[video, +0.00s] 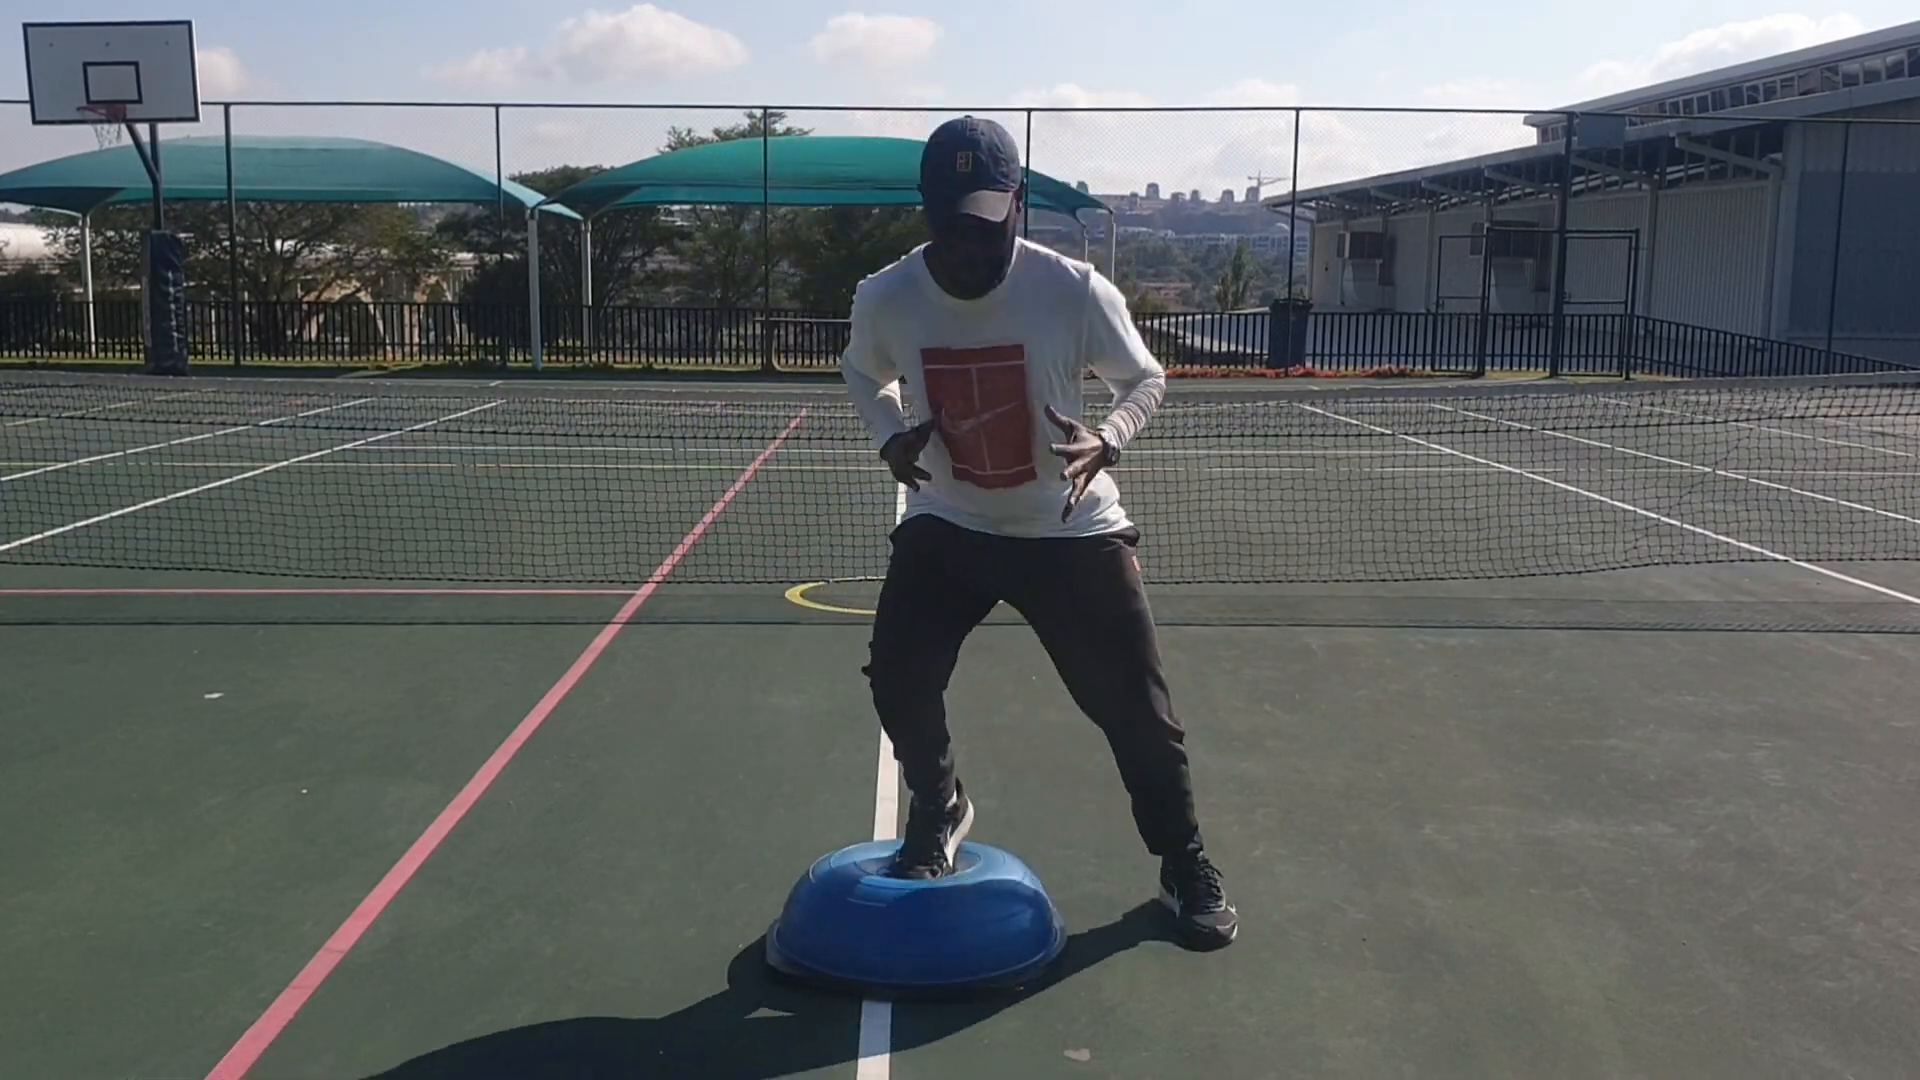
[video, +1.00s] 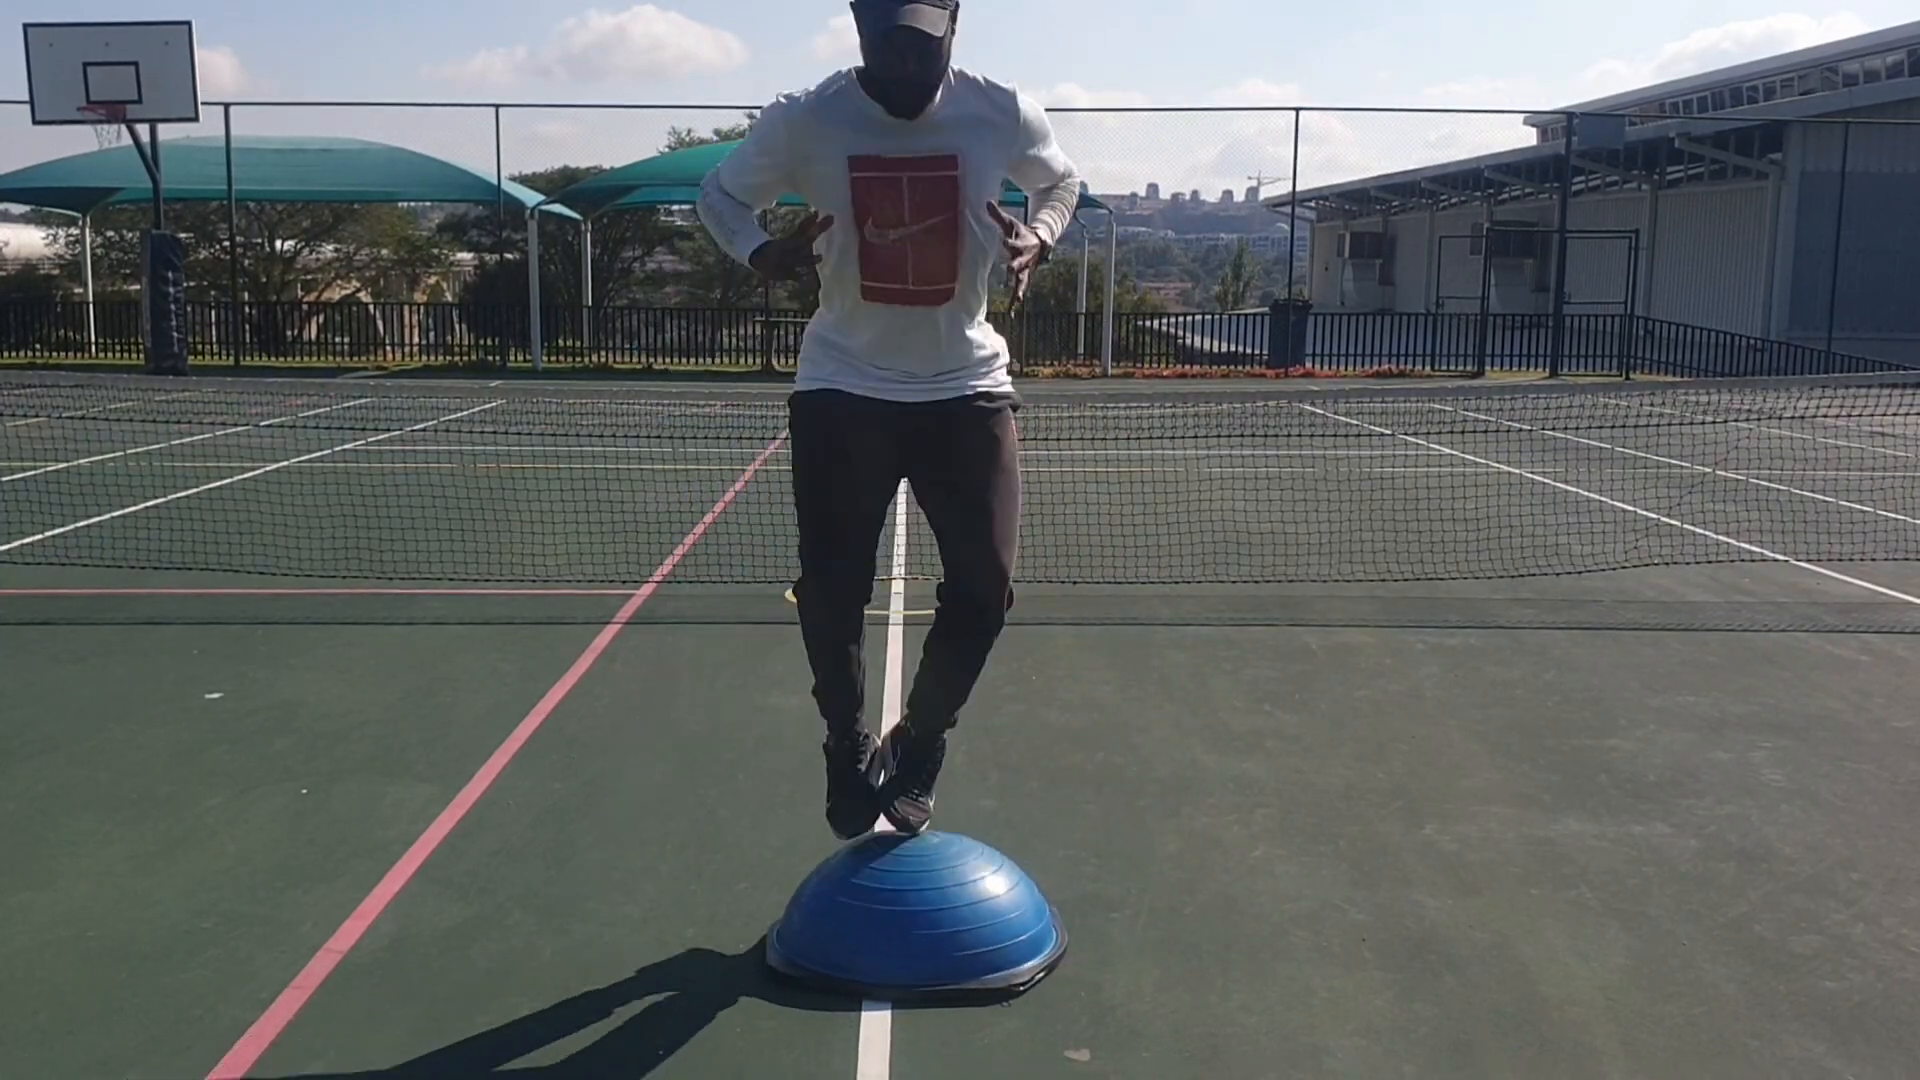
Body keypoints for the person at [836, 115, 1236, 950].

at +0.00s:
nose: (974, 243)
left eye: (991, 223)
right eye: (957, 224)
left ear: (1017, 209)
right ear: (927, 214)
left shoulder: (1076, 294)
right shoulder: (883, 302)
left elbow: (1145, 384)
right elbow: (862, 374)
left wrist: (1109, 435)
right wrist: (892, 433)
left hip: (1070, 531)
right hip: (947, 526)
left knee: (1141, 713)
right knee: (898, 681)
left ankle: (1187, 868)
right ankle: (936, 807)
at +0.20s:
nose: (948, 128)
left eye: (961, 108)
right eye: (928, 109)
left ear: (980, 98)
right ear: (887, 100)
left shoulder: (1032, 189)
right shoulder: (831, 189)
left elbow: (1100, 259)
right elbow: (791, 249)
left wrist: (1063, 306)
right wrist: (815, 304)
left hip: (1017, 441)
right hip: (895, 450)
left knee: (1081, 637)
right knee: (913, 655)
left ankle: (1129, 805)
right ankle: (937, 813)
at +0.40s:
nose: (890, 80)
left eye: (907, 58)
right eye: (872, 59)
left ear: (937, 42)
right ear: (844, 41)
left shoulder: (986, 122)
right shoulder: (788, 115)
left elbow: (1044, 171)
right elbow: (717, 168)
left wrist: (1017, 241)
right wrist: (738, 251)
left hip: (944, 375)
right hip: (819, 374)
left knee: (975, 572)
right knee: (790, 579)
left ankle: (916, 733)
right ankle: (802, 738)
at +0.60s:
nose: (867, 170)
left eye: (878, 149)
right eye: (845, 153)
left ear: (895, 139)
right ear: (802, 148)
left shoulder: (934, 238)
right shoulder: (740, 227)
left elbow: (955, 283)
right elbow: (656, 282)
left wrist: (937, 337)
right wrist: (699, 356)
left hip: (868, 504)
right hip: (739, 511)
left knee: (915, 674)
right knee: (661, 701)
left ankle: (869, 808)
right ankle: (604, 862)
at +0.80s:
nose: (861, 154)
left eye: (876, 135)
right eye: (842, 137)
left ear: (904, 131)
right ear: (813, 134)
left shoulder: (946, 228)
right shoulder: (754, 223)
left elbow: (981, 304)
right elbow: (676, 303)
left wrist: (959, 331)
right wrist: (732, 345)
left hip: (888, 489)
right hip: (764, 496)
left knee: (914, 680)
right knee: (694, 688)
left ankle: (870, 818)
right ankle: (620, 848)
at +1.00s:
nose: (902, 63)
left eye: (920, 41)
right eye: (884, 40)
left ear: (951, 32)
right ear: (859, 34)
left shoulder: (1005, 116)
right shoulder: (804, 123)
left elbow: (1060, 185)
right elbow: (717, 196)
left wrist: (1039, 232)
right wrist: (762, 250)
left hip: (967, 382)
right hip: (844, 382)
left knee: (983, 589)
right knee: (833, 587)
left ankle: (914, 764)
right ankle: (845, 753)